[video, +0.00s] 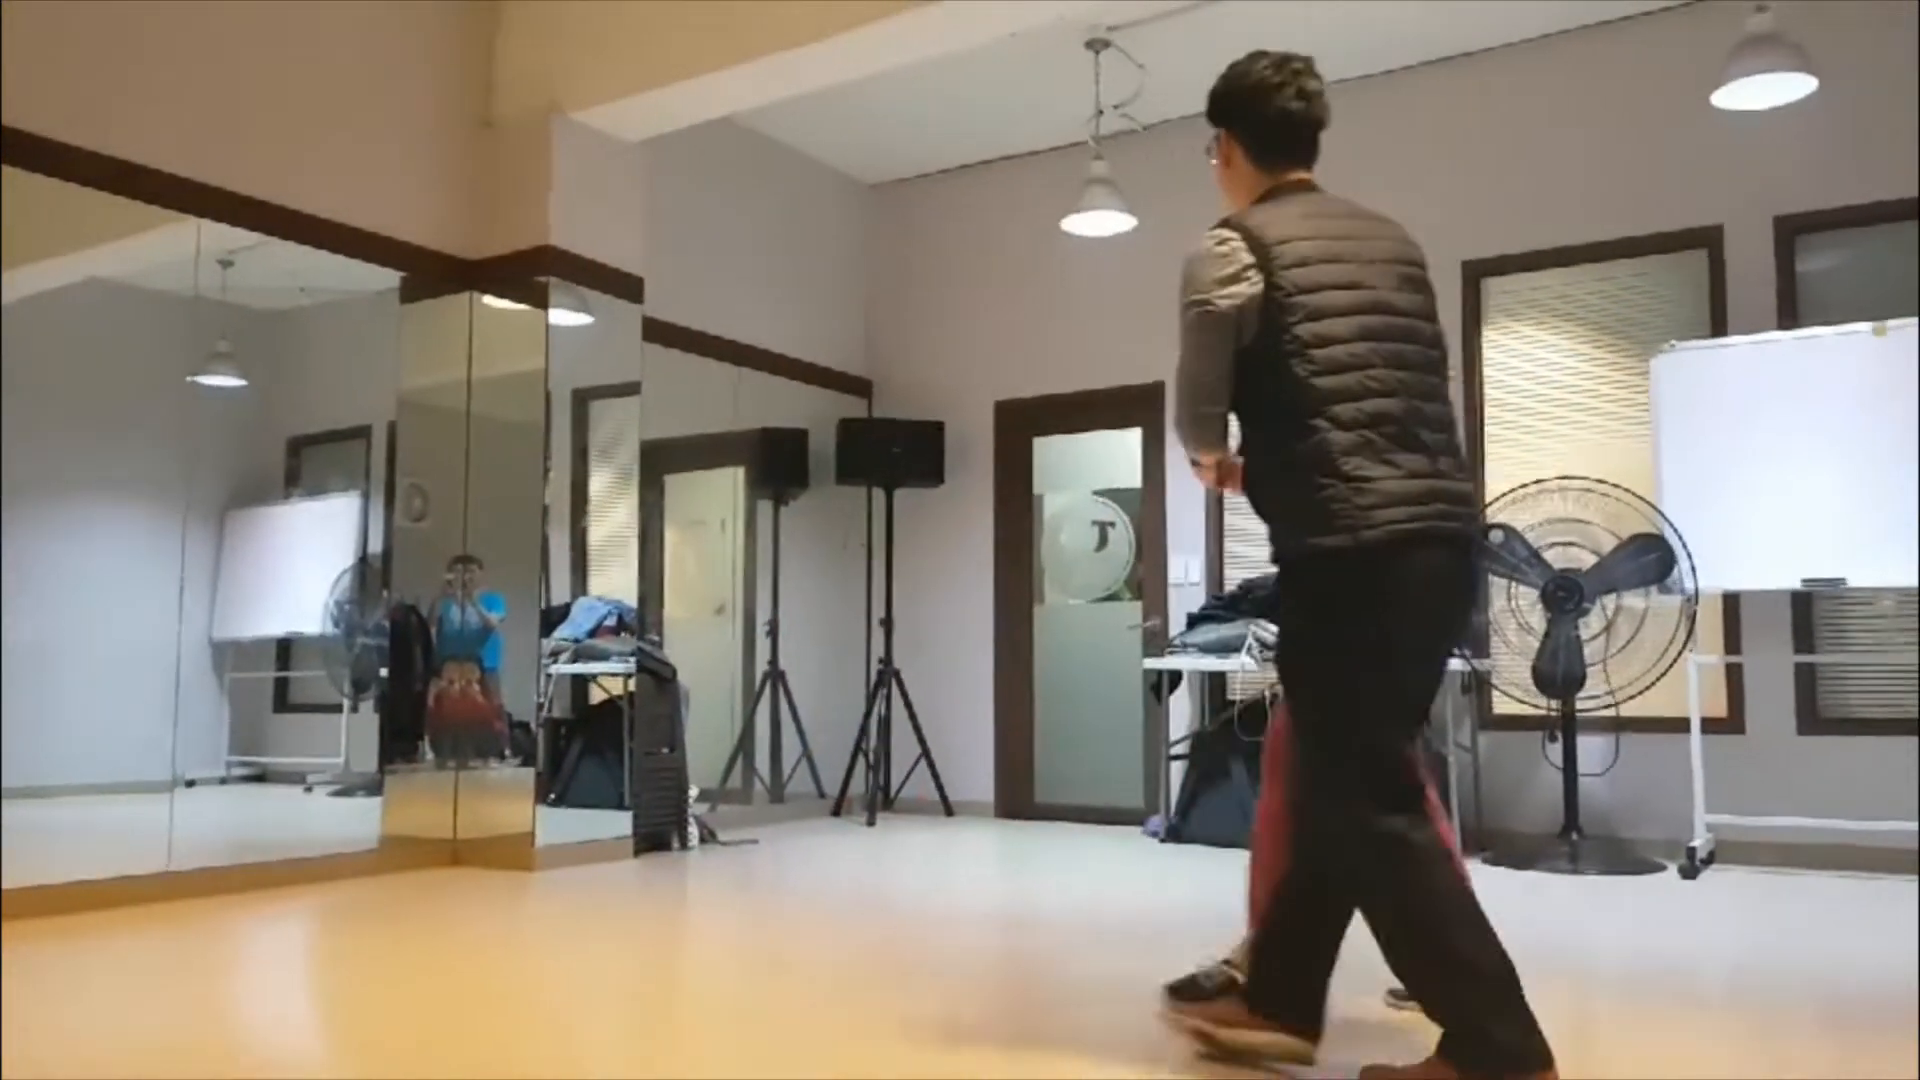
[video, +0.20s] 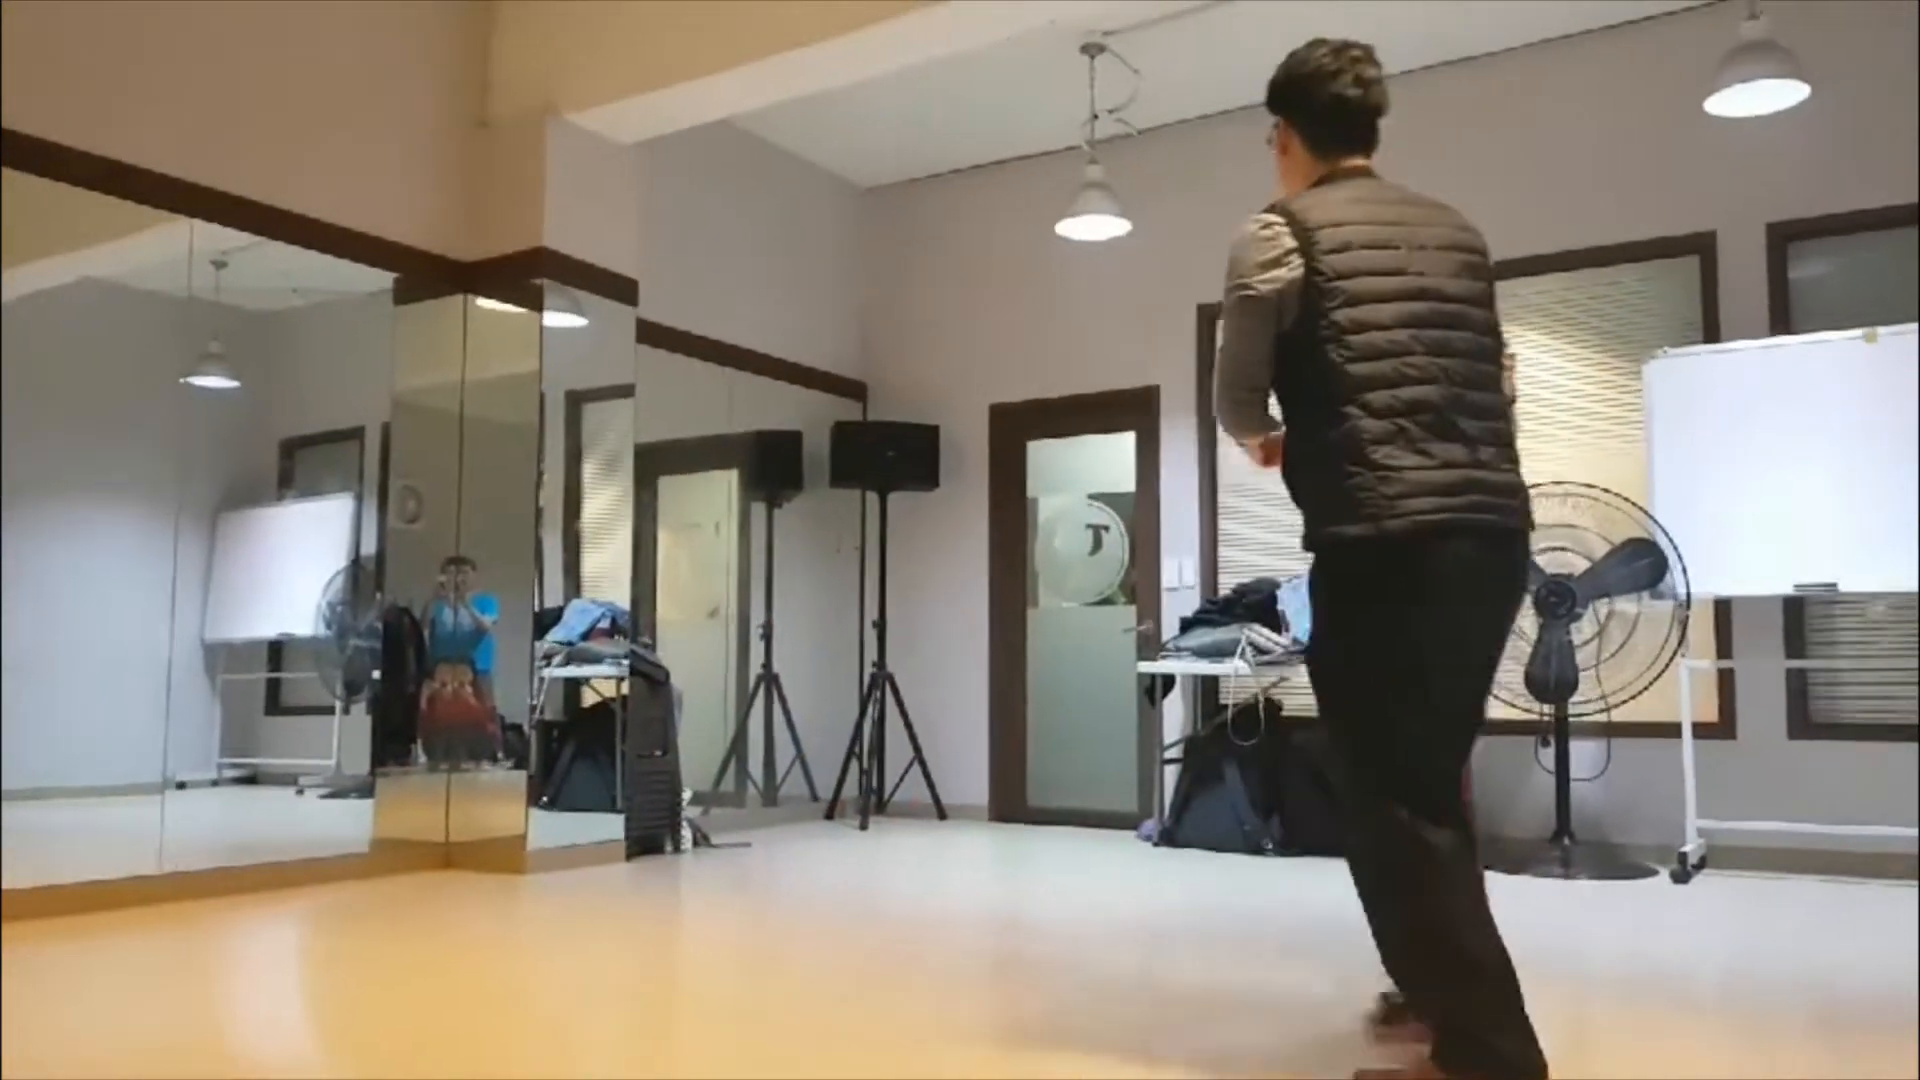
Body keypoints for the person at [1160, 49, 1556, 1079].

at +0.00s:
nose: (1214, 170)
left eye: (1212, 154)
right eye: (1214, 156)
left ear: (1226, 151)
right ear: (1315, 146)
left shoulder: (1232, 252)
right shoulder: (1395, 239)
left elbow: (1199, 415)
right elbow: (1418, 398)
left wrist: (1209, 453)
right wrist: (1274, 460)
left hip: (1344, 558)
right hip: (1443, 545)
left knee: (1369, 800)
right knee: (1335, 779)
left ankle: (1498, 1048)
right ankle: (1278, 1005)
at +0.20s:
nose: (1270, 158)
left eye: (1270, 142)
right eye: (1277, 143)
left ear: (1286, 139)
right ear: (1371, 136)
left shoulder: (1281, 232)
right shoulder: (1453, 225)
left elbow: (1238, 396)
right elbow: (1480, 377)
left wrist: (1256, 433)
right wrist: (1322, 428)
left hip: (1381, 544)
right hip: (1494, 533)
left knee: (1389, 797)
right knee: (1423, 777)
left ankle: (1495, 1054)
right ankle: (1434, 990)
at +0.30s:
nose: (1306, 163)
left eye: (1305, 147)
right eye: (1309, 148)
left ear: (1320, 146)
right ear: (1409, 142)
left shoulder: (1311, 238)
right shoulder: (1490, 237)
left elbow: (1263, 414)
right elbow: (1515, 385)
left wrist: (1300, 452)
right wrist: (1357, 442)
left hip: (1401, 555)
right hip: (1517, 544)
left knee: (1386, 801)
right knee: (1483, 772)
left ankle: (1481, 1053)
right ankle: (1590, 1007)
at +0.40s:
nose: (1341, 173)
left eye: (1343, 157)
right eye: (1346, 158)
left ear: (1358, 156)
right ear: (1447, 155)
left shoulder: (1347, 248)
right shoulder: (1522, 247)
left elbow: (1294, 416)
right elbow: (1551, 399)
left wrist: (1319, 457)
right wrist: (1384, 451)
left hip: (1425, 573)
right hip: (1553, 567)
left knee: (1388, 813)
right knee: (1557, 779)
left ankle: (1481, 1054)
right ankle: (1705, 1029)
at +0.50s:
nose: (1392, 177)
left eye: (1393, 163)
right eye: (1394, 164)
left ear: (1408, 161)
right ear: (1499, 157)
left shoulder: (1394, 253)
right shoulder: (1575, 252)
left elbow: (1356, 416)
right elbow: (1610, 407)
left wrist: (1374, 464)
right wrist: (1433, 450)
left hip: (1470, 576)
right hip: (1604, 569)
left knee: (1410, 800)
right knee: (1641, 788)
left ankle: (1481, 1050)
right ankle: (1736, 1043)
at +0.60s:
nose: (1415, 180)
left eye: (1415, 164)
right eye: (1416, 166)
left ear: (1432, 161)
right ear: (1523, 158)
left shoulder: (1413, 253)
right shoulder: (1600, 248)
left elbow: (1393, 423)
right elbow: (1662, 421)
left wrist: (1411, 464)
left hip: (1502, 575)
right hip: (1632, 570)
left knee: (1437, 795)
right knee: (1662, 796)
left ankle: (1487, 1044)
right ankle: (1733, 1042)